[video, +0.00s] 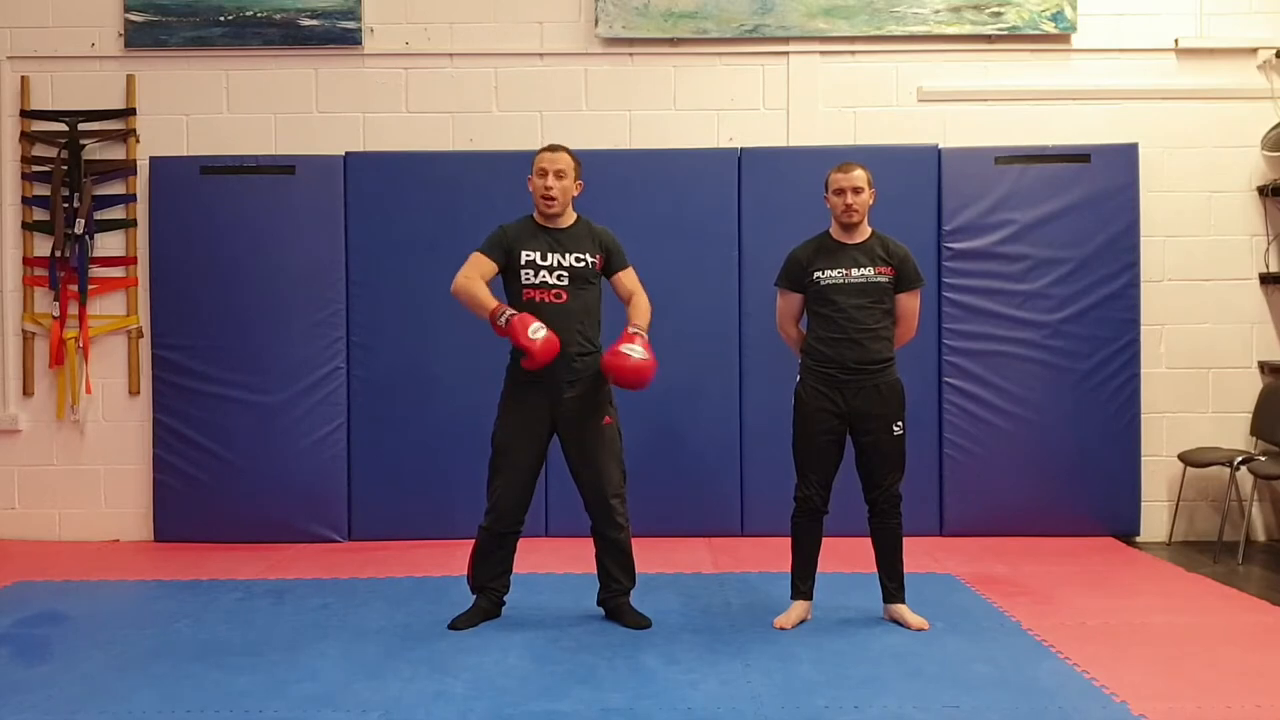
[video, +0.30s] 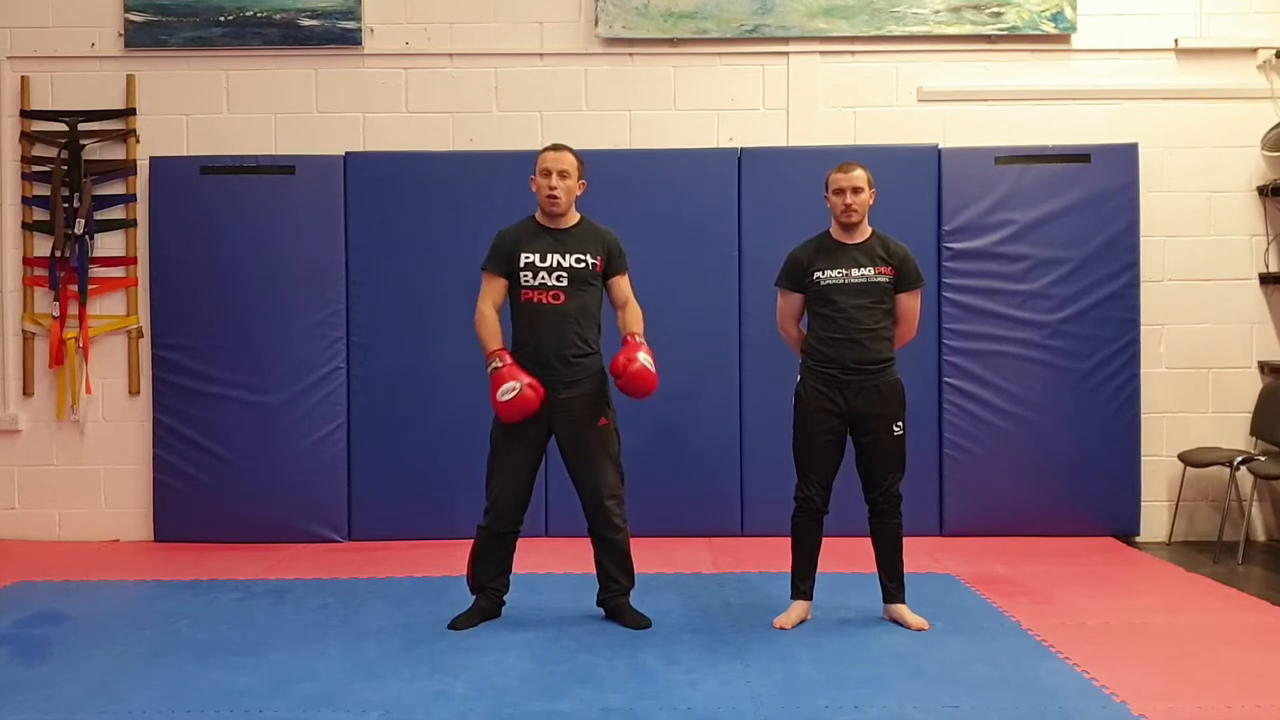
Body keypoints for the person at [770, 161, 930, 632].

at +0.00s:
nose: (848, 199)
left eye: (856, 191)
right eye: (839, 192)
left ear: (871, 196)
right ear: (827, 199)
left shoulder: (896, 256)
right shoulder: (804, 258)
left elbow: (907, 328)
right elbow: (787, 326)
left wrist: (865, 353)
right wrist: (823, 357)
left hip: (878, 391)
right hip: (819, 392)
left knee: (885, 498)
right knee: (809, 497)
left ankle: (894, 601)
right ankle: (801, 598)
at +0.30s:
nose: (847, 199)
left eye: (856, 190)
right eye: (839, 192)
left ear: (871, 196)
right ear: (827, 199)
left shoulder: (897, 256)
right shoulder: (804, 258)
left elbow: (907, 328)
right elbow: (787, 325)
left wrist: (865, 353)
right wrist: (822, 357)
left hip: (879, 392)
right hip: (819, 392)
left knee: (886, 498)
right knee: (810, 497)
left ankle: (894, 600)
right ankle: (801, 599)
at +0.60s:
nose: (846, 198)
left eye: (855, 190)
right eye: (838, 191)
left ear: (872, 196)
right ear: (827, 198)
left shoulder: (897, 256)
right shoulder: (805, 258)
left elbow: (908, 327)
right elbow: (787, 325)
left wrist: (866, 353)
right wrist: (822, 357)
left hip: (879, 392)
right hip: (820, 392)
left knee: (886, 499)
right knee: (810, 497)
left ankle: (894, 601)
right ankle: (801, 599)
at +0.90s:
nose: (846, 197)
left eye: (855, 188)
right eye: (838, 189)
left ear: (872, 196)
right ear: (828, 197)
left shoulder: (896, 255)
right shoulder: (805, 258)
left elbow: (908, 327)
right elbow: (788, 325)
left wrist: (866, 353)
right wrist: (823, 357)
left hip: (879, 392)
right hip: (820, 393)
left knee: (886, 499)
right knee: (810, 497)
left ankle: (894, 601)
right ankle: (801, 599)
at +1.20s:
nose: (846, 196)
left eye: (854, 187)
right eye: (838, 188)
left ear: (871, 195)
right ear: (827, 197)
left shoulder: (897, 256)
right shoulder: (805, 257)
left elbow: (908, 328)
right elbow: (788, 325)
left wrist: (865, 353)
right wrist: (823, 357)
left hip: (880, 392)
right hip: (820, 393)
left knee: (886, 499)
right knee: (810, 497)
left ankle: (894, 601)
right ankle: (801, 599)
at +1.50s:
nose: (845, 195)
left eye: (854, 187)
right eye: (837, 188)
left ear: (871, 195)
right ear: (827, 197)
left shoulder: (897, 255)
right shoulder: (805, 258)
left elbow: (908, 327)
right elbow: (788, 325)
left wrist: (865, 352)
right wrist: (822, 357)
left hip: (880, 392)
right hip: (820, 393)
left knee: (886, 499)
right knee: (810, 497)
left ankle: (894, 601)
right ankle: (801, 599)